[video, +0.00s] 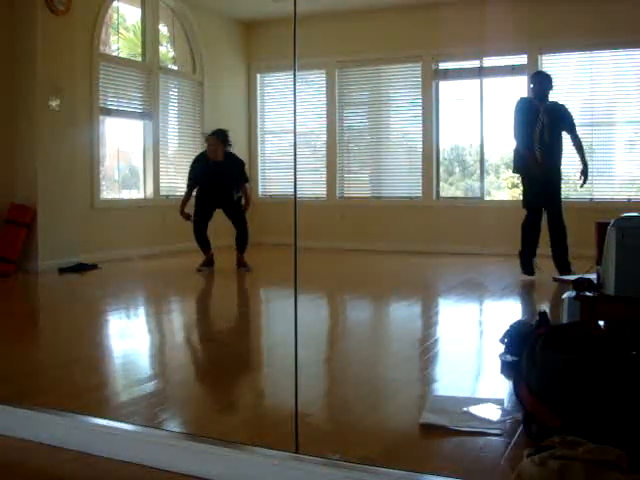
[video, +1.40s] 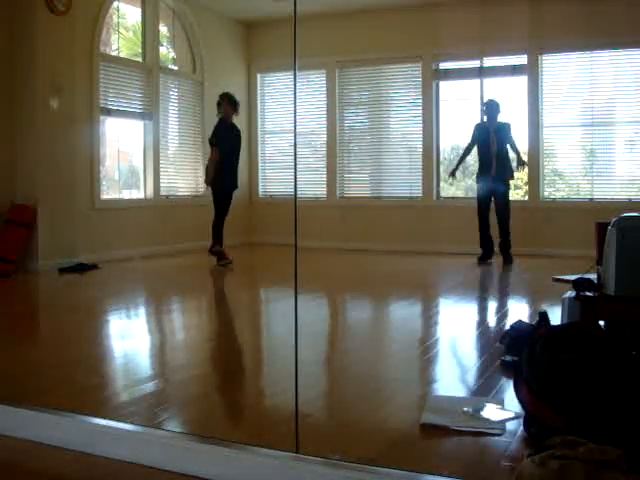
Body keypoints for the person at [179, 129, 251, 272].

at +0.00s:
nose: (209, 148)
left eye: (212, 144)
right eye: (208, 144)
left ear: (222, 145)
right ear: (206, 144)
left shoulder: (235, 162)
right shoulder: (200, 161)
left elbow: (243, 184)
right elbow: (191, 186)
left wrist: (247, 201)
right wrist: (182, 208)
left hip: (228, 198)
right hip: (206, 198)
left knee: (242, 227)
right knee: (199, 229)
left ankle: (240, 259)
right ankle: (209, 258)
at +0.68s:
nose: (218, 133)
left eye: (222, 131)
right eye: (218, 130)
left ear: (231, 134)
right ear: (217, 132)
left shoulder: (241, 152)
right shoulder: (209, 149)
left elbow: (244, 177)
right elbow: (200, 176)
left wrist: (244, 195)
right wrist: (194, 197)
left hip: (234, 195)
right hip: (212, 194)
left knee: (247, 223)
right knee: (201, 226)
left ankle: (239, 259)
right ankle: (210, 259)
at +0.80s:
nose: (219, 122)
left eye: (224, 120)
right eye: (219, 118)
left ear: (232, 121)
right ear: (217, 117)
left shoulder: (240, 137)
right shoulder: (208, 134)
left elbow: (243, 164)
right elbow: (200, 161)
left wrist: (245, 183)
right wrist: (196, 183)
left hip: (234, 185)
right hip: (211, 185)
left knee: (240, 222)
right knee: (206, 223)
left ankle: (239, 258)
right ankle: (210, 258)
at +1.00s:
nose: (221, 108)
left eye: (225, 105)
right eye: (220, 104)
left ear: (234, 108)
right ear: (218, 106)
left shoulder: (239, 133)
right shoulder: (208, 128)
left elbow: (241, 159)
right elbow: (199, 154)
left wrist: (241, 179)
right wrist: (194, 174)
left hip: (231, 178)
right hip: (211, 177)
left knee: (236, 209)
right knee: (217, 218)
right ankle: (221, 253)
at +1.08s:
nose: (224, 110)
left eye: (228, 107)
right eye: (222, 106)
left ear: (235, 110)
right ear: (218, 107)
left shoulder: (239, 133)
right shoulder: (207, 128)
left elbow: (242, 158)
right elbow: (199, 153)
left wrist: (242, 177)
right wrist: (195, 174)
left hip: (231, 177)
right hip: (211, 177)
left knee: (236, 214)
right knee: (217, 215)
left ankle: (217, 207)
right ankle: (221, 254)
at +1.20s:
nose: (224, 108)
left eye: (228, 105)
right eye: (222, 104)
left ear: (234, 108)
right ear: (219, 106)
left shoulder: (238, 129)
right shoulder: (208, 126)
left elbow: (240, 154)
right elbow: (202, 153)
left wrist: (240, 175)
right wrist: (201, 174)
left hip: (231, 175)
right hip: (212, 175)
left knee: (233, 211)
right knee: (218, 213)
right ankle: (221, 252)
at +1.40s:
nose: (225, 109)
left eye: (228, 106)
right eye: (224, 106)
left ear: (233, 108)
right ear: (221, 108)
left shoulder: (234, 129)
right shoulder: (220, 127)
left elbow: (233, 156)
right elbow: (215, 153)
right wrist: (209, 175)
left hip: (229, 177)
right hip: (219, 177)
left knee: (222, 214)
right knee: (220, 213)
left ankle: (217, 246)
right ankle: (217, 248)